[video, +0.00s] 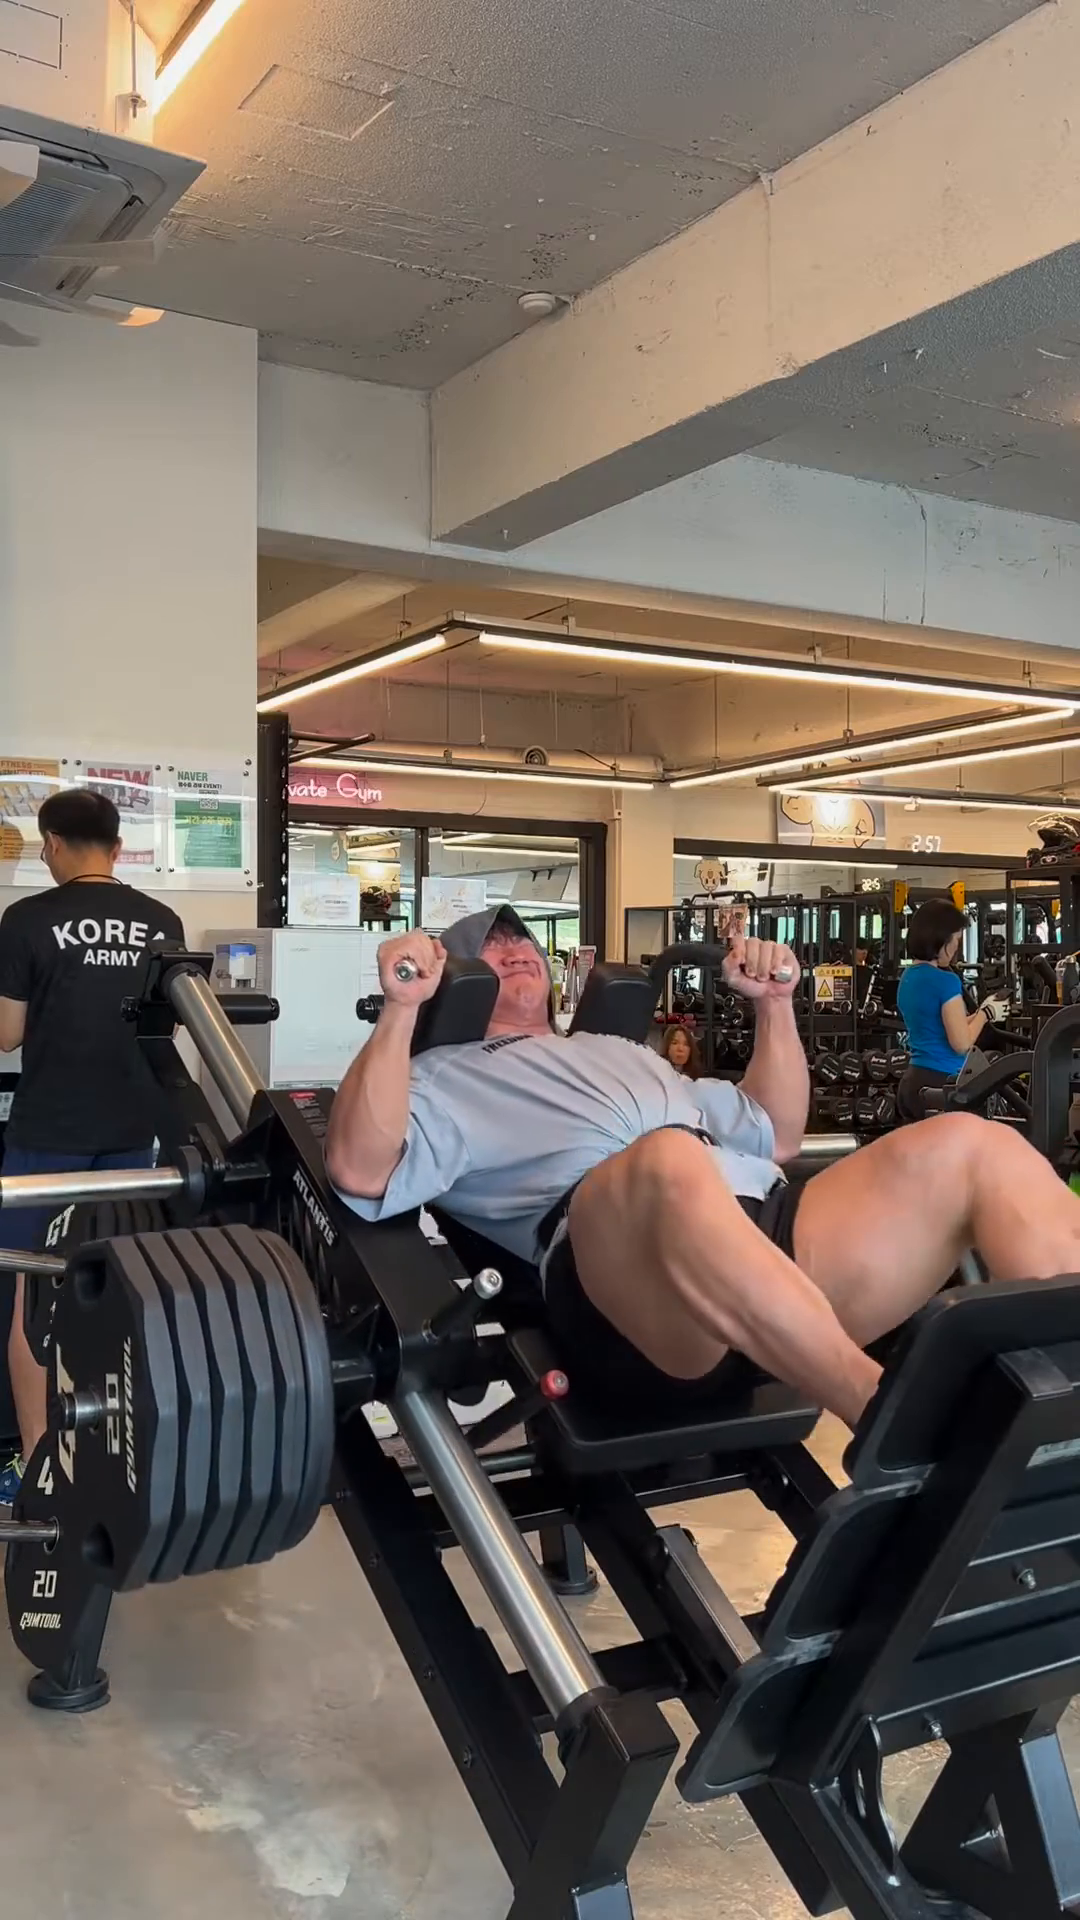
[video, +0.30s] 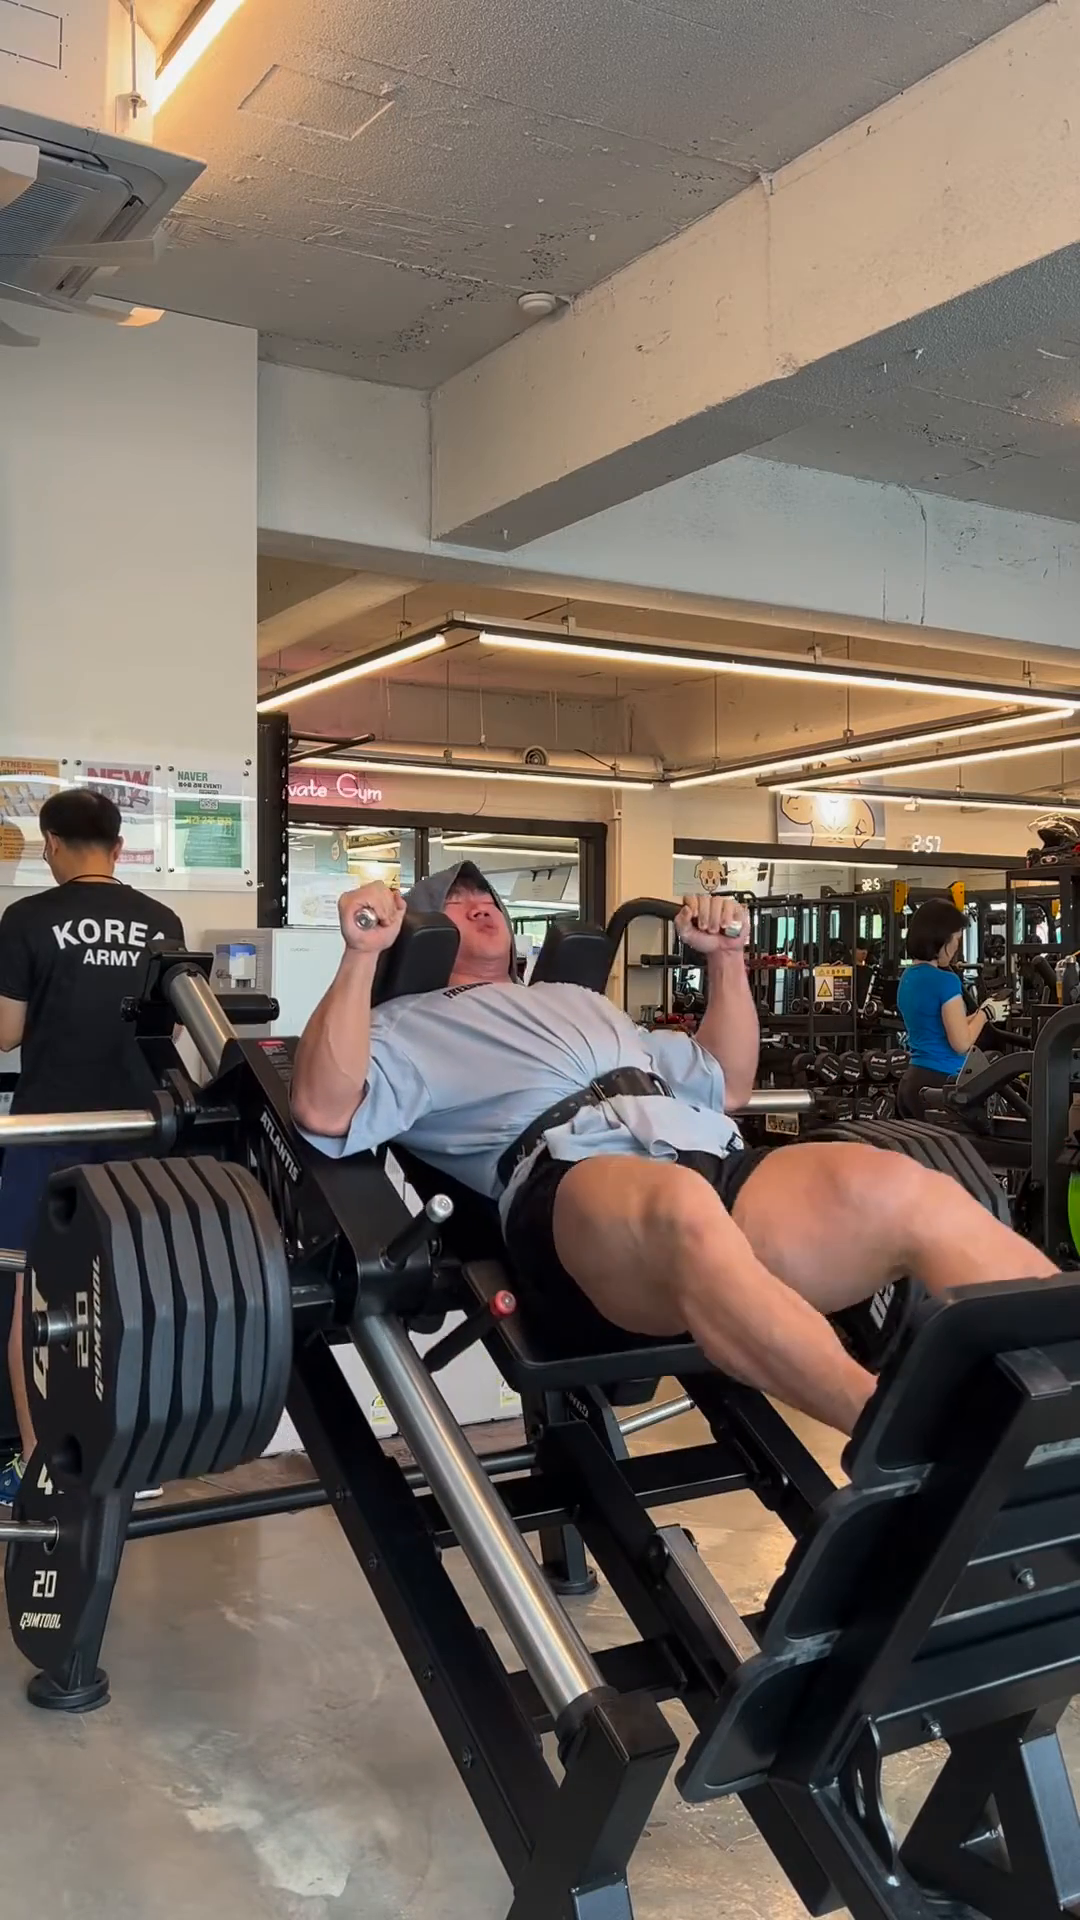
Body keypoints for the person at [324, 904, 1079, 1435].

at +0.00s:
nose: (516, 958)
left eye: (526, 948)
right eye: (493, 951)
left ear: (552, 974)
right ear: (460, 992)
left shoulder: (624, 1057)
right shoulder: (442, 1078)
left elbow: (774, 1135)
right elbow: (358, 1170)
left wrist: (774, 1009)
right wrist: (399, 1011)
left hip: (776, 1253)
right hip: (623, 1308)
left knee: (976, 1149)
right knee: (667, 1166)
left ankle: (1072, 1382)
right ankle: (896, 1424)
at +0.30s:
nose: (486, 909)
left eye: (493, 902)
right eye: (465, 902)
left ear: (511, 934)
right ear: (429, 938)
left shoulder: (586, 1009)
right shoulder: (406, 1028)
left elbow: (726, 1081)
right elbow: (322, 1111)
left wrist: (726, 961)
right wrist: (360, 961)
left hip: (711, 1165)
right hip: (574, 1182)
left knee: (903, 1191)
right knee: (688, 1221)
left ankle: (1076, 1344)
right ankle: (906, 1438)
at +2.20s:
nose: (479, 906)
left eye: (489, 901)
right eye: (459, 902)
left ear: (512, 932)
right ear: (429, 938)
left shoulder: (588, 1003)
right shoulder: (410, 1025)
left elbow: (723, 1080)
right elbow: (321, 1112)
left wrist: (726, 959)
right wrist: (360, 962)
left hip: (707, 1170)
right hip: (568, 1187)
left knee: (908, 1215)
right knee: (691, 1238)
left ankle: (1075, 1360)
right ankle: (898, 1434)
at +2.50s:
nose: (495, 923)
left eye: (504, 916)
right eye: (472, 919)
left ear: (528, 947)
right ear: (441, 960)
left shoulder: (602, 1022)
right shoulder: (426, 1048)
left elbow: (744, 1102)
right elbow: (339, 1135)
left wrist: (745, 978)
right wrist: (376, 983)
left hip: (733, 1208)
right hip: (581, 1246)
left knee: (947, 1182)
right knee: (681, 1193)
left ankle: (1078, 1370)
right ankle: (902, 1427)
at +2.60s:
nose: (501, 932)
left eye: (511, 925)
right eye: (478, 928)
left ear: (536, 957)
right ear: (445, 972)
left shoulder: (607, 1029)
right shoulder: (431, 1057)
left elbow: (754, 1114)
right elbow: (345, 1148)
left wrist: (753, 985)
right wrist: (382, 991)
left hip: (742, 1225)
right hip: (592, 1270)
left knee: (945, 1170)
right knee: (679, 1182)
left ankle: (1077, 1372)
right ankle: (903, 1426)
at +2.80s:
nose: (516, 946)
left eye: (526, 938)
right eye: (493, 940)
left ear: (550, 969)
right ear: (454, 983)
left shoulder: (624, 1049)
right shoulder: (441, 1076)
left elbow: (773, 1135)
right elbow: (357, 1171)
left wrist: (772, 1004)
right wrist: (398, 1010)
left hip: (771, 1261)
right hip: (618, 1311)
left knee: (968, 1161)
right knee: (675, 1167)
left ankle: (1072, 1387)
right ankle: (900, 1427)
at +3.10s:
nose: (542, 981)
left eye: (550, 971)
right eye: (519, 975)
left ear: (573, 1000)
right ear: (481, 1020)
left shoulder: (655, 1083)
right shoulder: (472, 1117)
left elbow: (808, 1171)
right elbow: (385, 1216)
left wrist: (806, 1038)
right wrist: (426, 1046)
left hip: (809, 1314)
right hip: (659, 1373)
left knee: (989, 1150)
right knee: (680, 1161)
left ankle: (1074, 1384)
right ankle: (899, 1418)